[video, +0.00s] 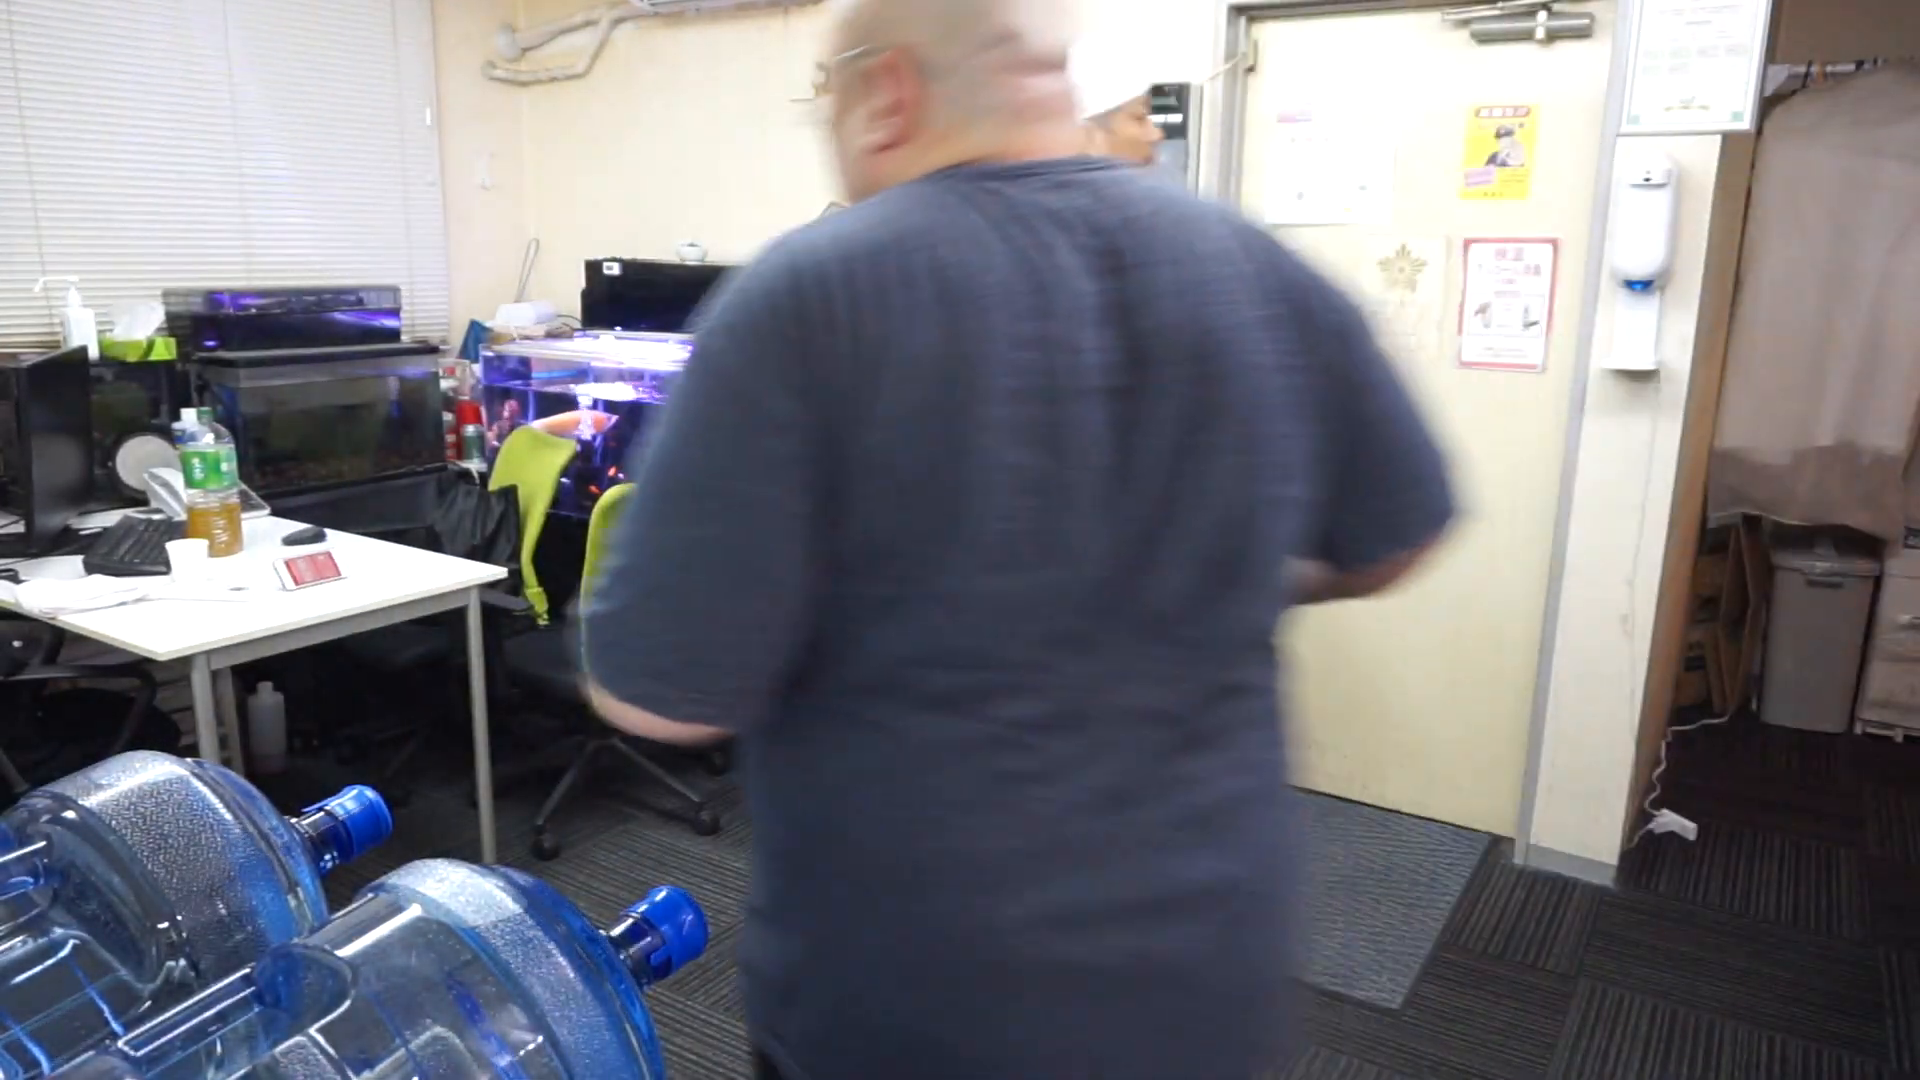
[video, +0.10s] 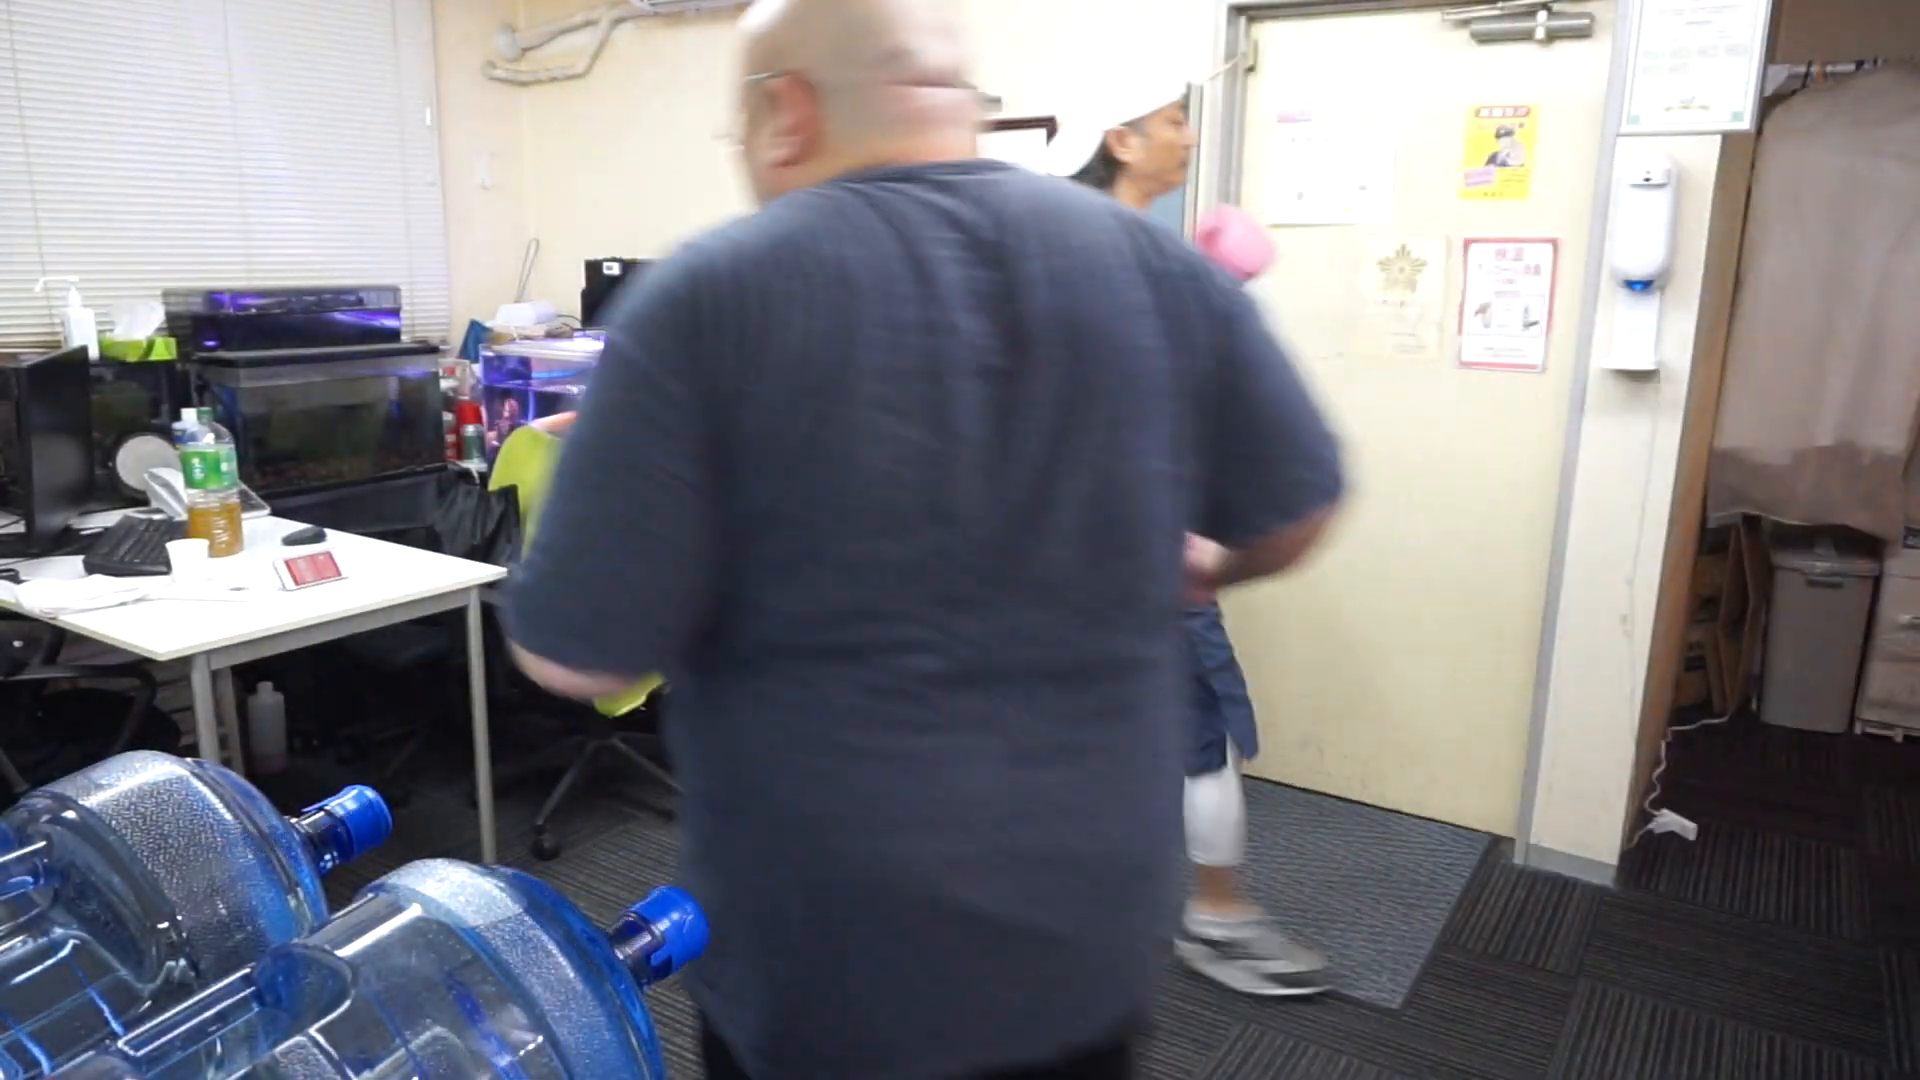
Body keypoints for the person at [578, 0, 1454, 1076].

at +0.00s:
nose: (829, 150)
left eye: (827, 112)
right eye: (821, 118)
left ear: (887, 100)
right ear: (1055, 91)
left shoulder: (811, 295)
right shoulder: (1241, 261)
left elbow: (660, 689)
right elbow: (1397, 534)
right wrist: (1193, 567)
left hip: (902, 987)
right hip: (1210, 965)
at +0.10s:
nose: (738, 149)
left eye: (740, 119)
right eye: (734, 123)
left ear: (790, 116)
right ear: (960, 104)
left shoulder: (716, 294)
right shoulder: (1142, 258)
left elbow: (571, 656)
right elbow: (1297, 505)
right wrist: (1195, 564)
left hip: (821, 935)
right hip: (1092, 915)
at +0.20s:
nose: (683, 154)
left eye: (683, 126)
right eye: (676, 130)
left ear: (727, 112)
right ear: (889, 94)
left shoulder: (647, 272)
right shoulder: (1070, 243)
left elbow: (517, 596)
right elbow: (1229, 470)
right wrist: (1144, 538)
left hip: (760, 874)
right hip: (1012, 849)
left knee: (753, 1065)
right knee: (997, 1047)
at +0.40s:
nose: (614, 139)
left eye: (614, 116)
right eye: (612, 118)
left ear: (647, 111)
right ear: (799, 98)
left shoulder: (568, 248)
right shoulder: (953, 238)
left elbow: (435, 533)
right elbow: (1105, 454)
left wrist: (538, 526)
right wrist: (1054, 530)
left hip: (681, 816)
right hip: (905, 800)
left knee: (704, 1063)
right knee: (831, 1057)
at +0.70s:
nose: (538, 202)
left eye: (537, 182)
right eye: (540, 184)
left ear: (564, 166)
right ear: (684, 153)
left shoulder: (518, 262)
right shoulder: (824, 263)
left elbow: (384, 496)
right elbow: (937, 450)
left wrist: (412, 561)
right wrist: (917, 569)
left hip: (584, 747)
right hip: (791, 741)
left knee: (540, 1019)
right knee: (720, 1035)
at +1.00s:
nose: (428, 239)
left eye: (426, 231)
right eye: (431, 233)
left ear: (448, 220)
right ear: (560, 197)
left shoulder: (417, 286)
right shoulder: (690, 270)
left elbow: (294, 462)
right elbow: (825, 413)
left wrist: (278, 556)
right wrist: (835, 518)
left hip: (503, 696)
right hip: (693, 688)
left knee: (483, 943)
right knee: (694, 951)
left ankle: (485, 1071)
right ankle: (691, 1075)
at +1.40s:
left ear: (311, 311)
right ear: (414, 279)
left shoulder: (268, 351)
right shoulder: (519, 294)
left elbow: (162, 497)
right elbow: (655, 372)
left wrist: (235, 610)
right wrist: (725, 504)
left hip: (378, 642)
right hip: (559, 611)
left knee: (420, 892)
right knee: (613, 885)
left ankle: (430, 1060)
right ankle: (639, 1060)